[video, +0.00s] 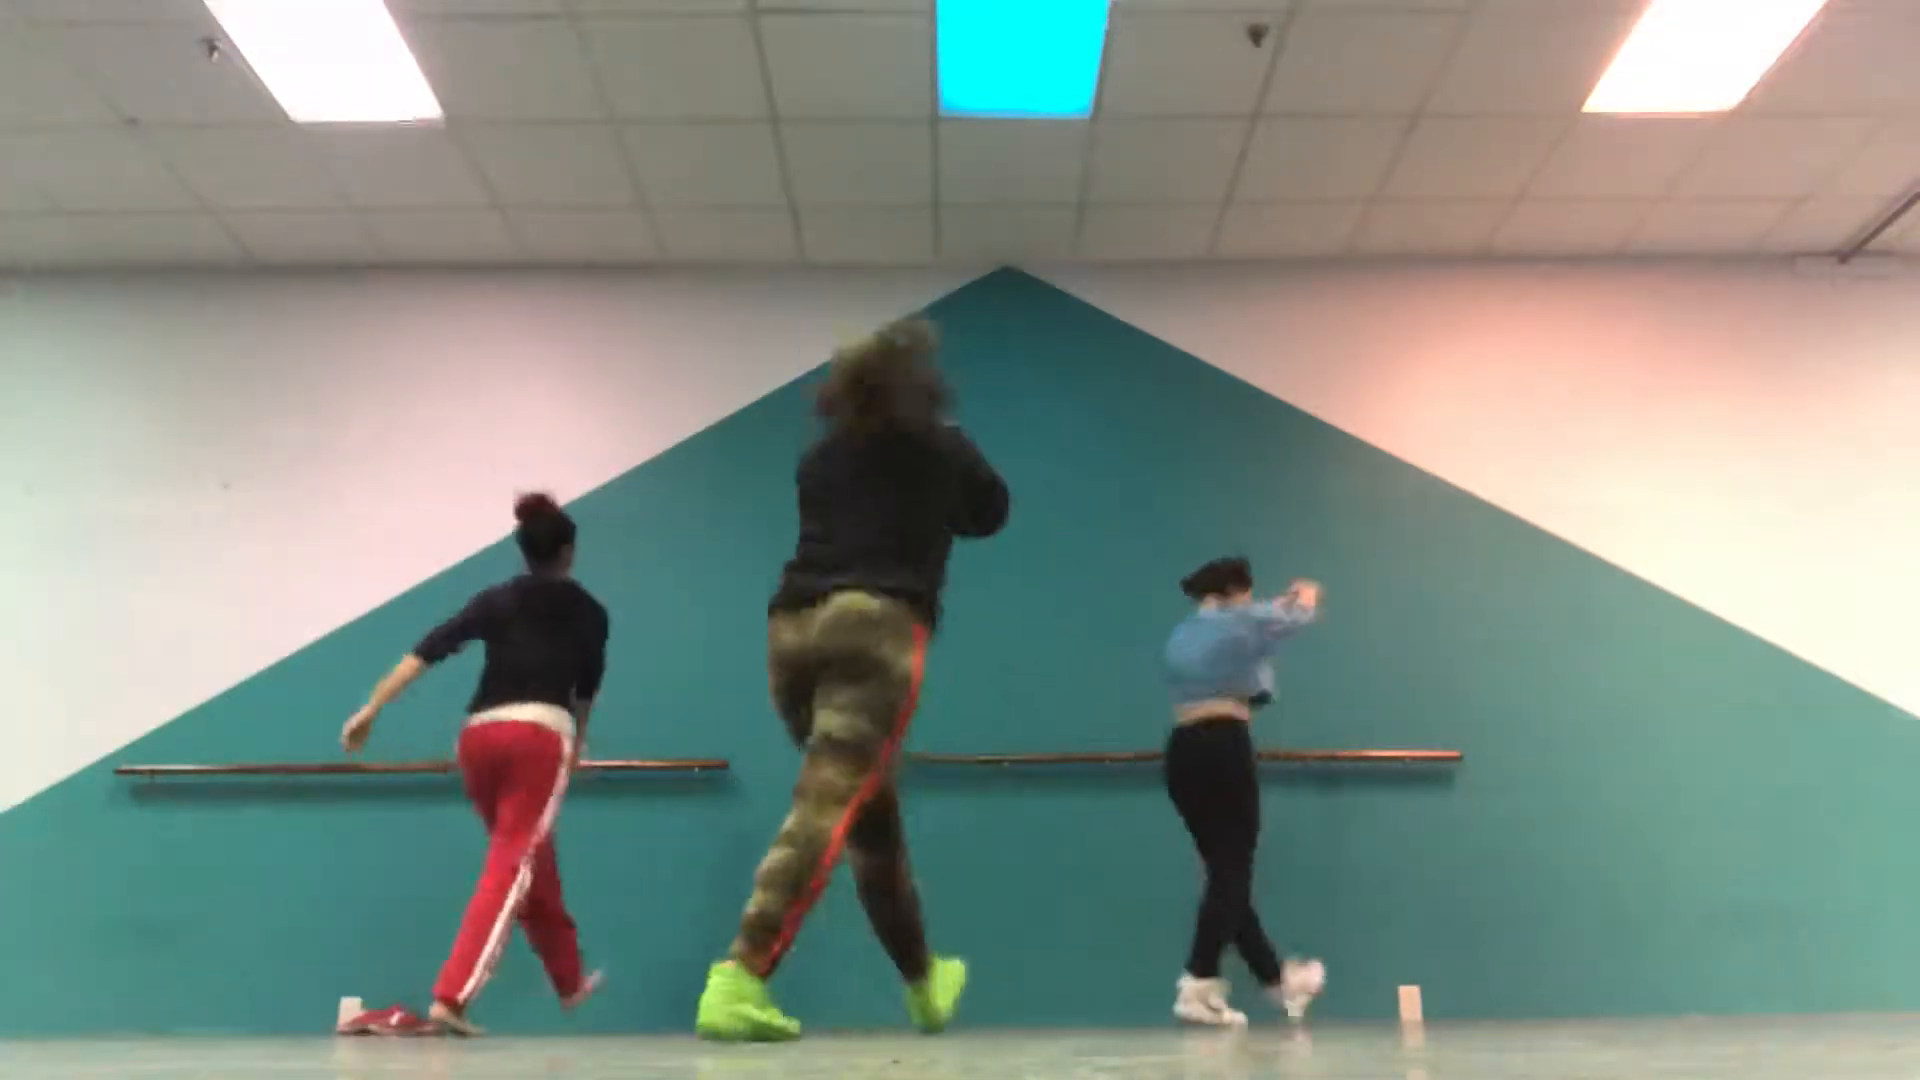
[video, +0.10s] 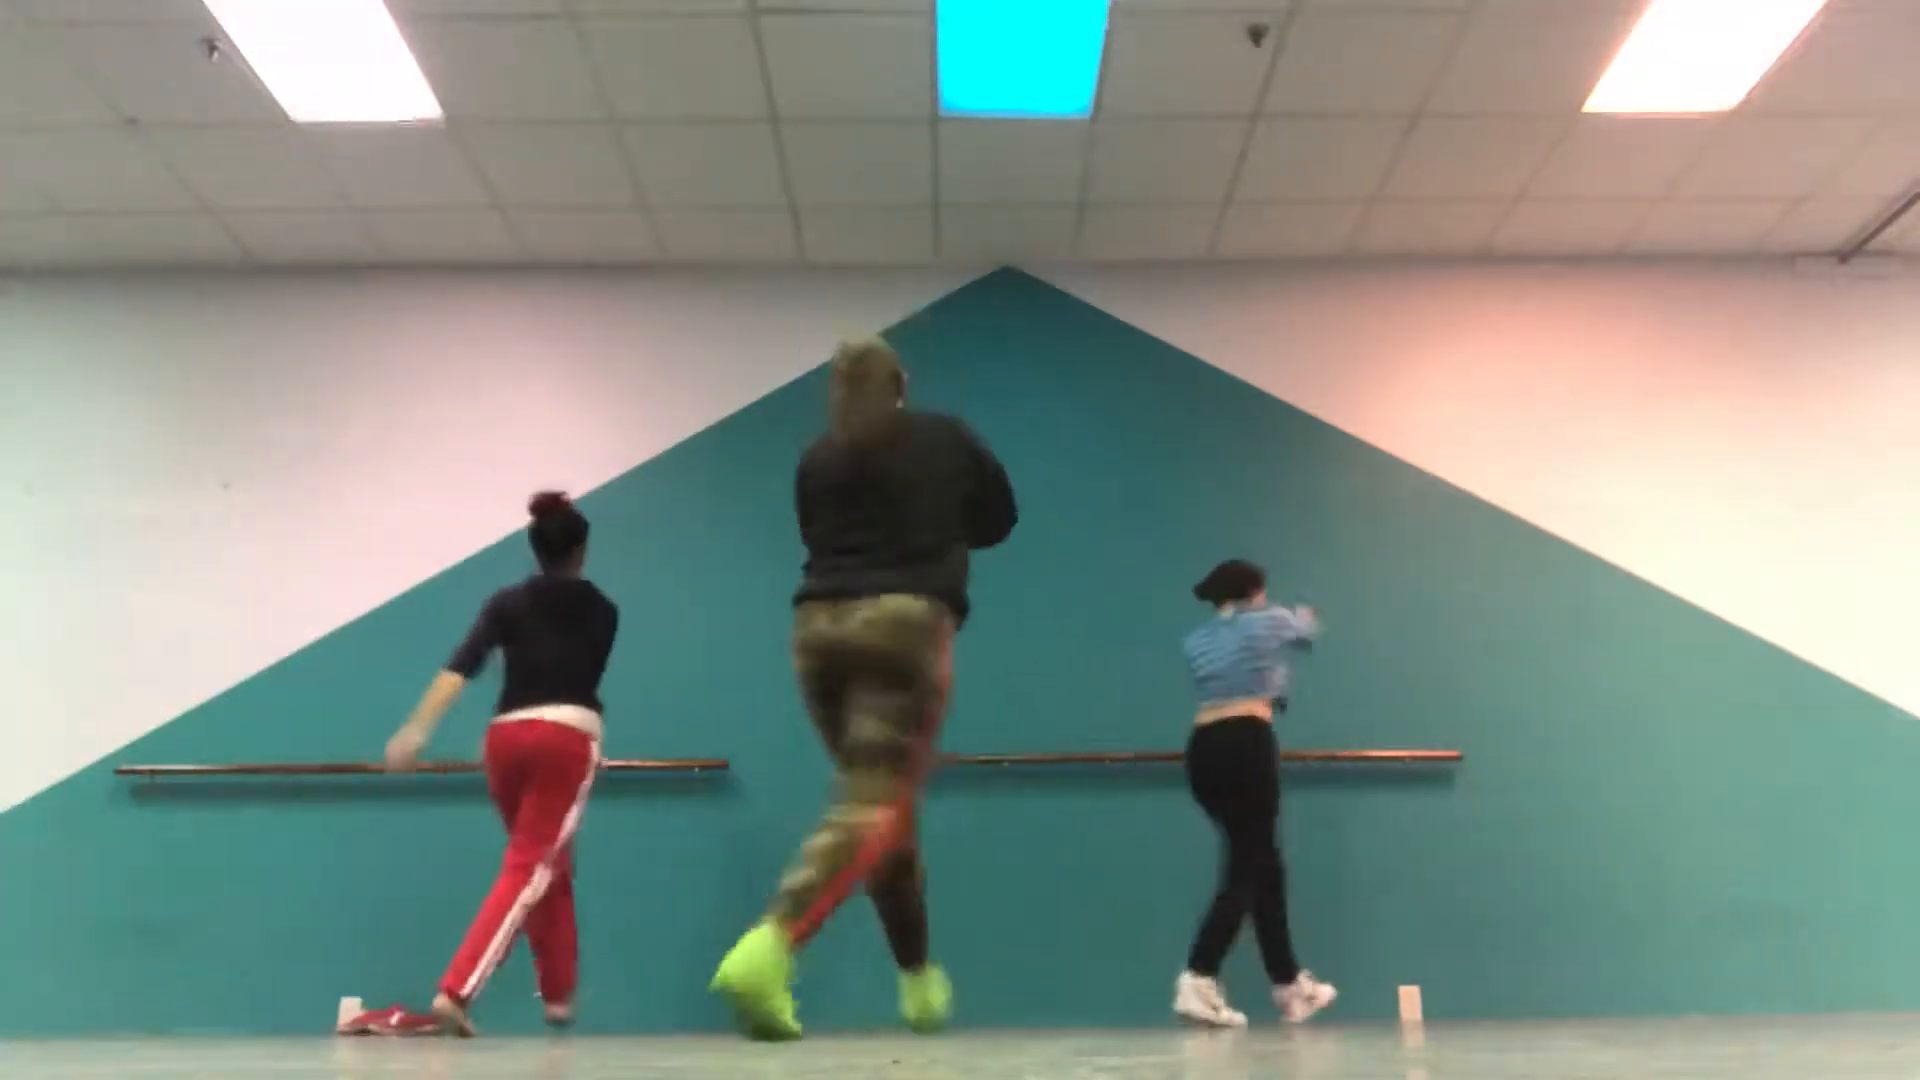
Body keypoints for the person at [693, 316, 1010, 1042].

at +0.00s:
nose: (936, 381)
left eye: (931, 368)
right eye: (928, 371)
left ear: (849, 387)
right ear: (911, 384)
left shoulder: (819, 454)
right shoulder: (937, 447)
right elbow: (989, 513)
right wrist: (919, 488)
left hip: (791, 624)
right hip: (877, 622)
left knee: (871, 814)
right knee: (822, 806)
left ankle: (923, 984)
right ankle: (739, 979)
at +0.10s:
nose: (857, 399)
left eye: (848, 387)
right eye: (882, 380)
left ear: (837, 391)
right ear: (899, 384)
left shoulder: (819, 458)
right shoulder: (944, 437)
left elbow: (819, 533)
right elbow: (996, 520)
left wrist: (881, 519)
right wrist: (926, 524)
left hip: (819, 620)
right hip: (905, 620)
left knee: (878, 794)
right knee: (873, 795)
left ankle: (917, 977)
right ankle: (769, 948)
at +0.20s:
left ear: (848, 414)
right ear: (908, 408)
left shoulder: (832, 471)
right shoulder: (955, 455)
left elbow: (813, 561)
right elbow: (1016, 528)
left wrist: (861, 587)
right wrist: (953, 535)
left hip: (863, 657)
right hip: (952, 653)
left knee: (885, 827)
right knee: (994, 814)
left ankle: (873, 988)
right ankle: (906, 903)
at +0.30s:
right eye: (915, 407)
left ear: (866, 417)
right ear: (928, 410)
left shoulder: (856, 469)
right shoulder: (975, 450)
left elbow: (822, 556)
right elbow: (1033, 511)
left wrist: (884, 548)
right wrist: (973, 535)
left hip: (892, 649)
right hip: (985, 643)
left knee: (884, 820)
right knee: (1042, 802)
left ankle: (874, 979)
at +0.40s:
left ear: (891, 425)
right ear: (952, 417)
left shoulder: (879, 475)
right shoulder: (998, 455)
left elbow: (846, 559)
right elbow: (1049, 518)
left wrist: (902, 524)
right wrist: (990, 530)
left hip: (927, 653)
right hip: (1023, 648)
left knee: (873, 805)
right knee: (1082, 801)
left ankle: (854, 955)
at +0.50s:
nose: (979, 467)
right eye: (977, 457)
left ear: (924, 465)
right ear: (981, 460)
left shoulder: (911, 519)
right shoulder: (1022, 506)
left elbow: (866, 587)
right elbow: (1064, 548)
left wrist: (898, 510)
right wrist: (1010, 564)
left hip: (959, 698)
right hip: (1055, 693)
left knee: (885, 834)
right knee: (1118, 835)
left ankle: (823, 968)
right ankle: (1198, 974)